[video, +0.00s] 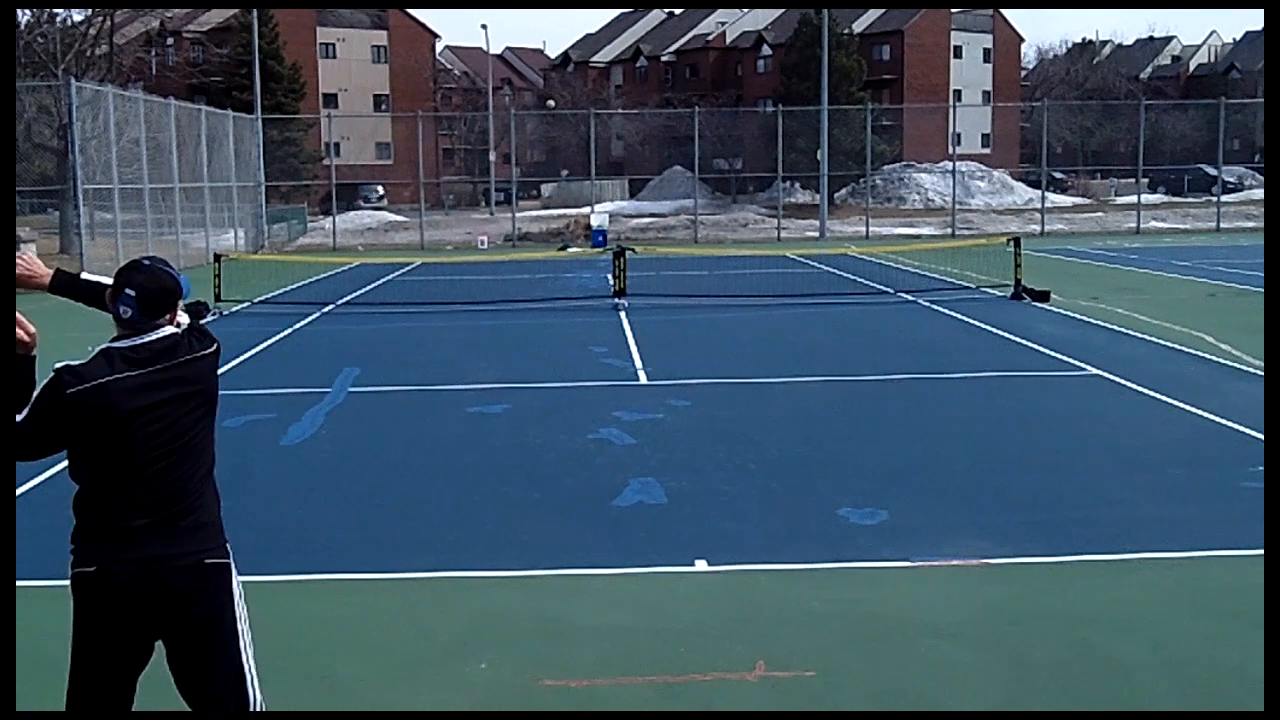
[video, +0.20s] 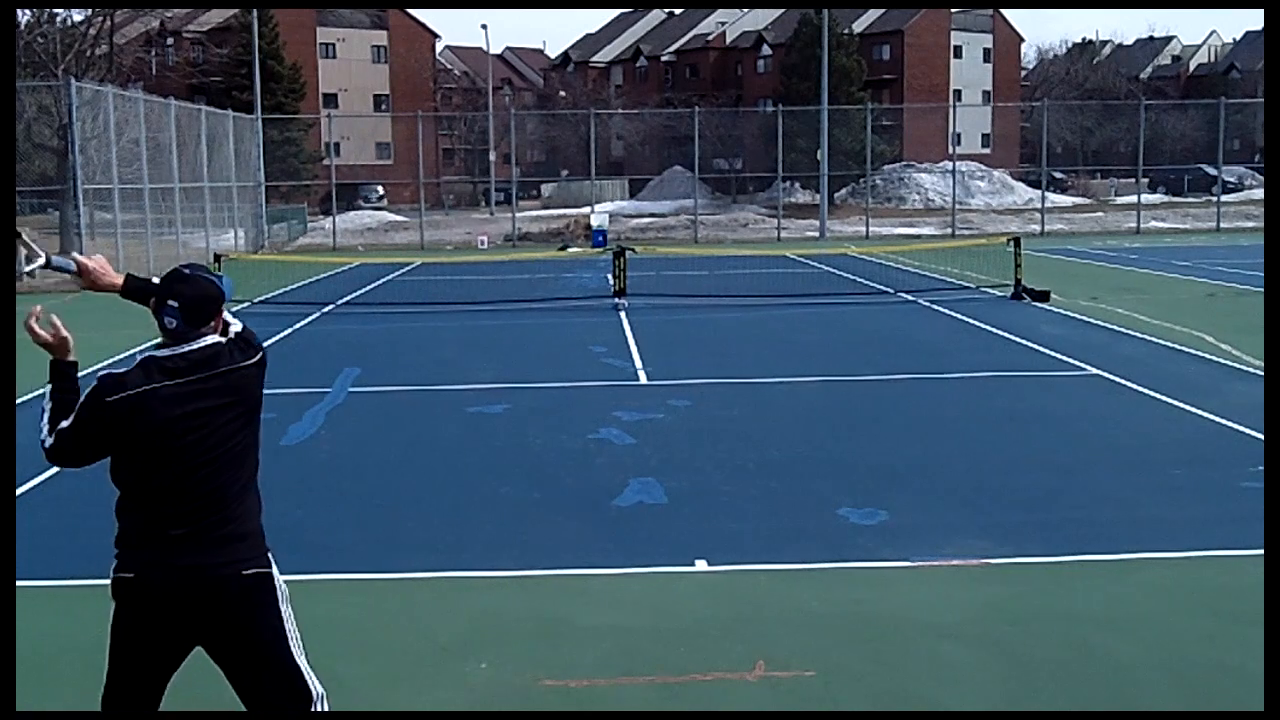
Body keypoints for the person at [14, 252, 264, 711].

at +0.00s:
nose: (182, 307)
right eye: (179, 303)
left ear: (118, 312)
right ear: (174, 313)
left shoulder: (75, 385)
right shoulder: (201, 353)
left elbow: (20, 441)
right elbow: (148, 305)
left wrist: (21, 359)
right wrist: (52, 278)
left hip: (107, 576)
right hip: (198, 570)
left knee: (96, 703)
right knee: (229, 702)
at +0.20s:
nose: (227, 315)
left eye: (218, 307)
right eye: (223, 308)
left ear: (165, 321)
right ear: (216, 321)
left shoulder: (123, 390)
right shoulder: (246, 360)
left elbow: (61, 448)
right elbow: (199, 311)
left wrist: (61, 362)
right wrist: (122, 282)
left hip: (150, 586)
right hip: (239, 579)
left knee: (125, 705)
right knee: (294, 702)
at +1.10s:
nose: (493, 316)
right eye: (494, 311)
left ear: (429, 317)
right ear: (491, 317)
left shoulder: (397, 390)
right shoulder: (525, 383)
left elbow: (365, 499)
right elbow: (573, 483)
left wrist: (421, 485)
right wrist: (515, 510)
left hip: (428, 582)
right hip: (519, 579)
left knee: (386, 703)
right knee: (566, 702)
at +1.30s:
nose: (500, 307)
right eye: (500, 302)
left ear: (442, 309)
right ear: (497, 309)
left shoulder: (400, 371)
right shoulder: (529, 370)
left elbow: (367, 477)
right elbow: (570, 472)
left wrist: (427, 472)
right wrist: (512, 497)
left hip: (415, 559)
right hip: (500, 561)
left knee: (391, 683)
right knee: (547, 687)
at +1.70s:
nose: (470, 322)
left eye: (466, 314)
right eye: (469, 315)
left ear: (412, 313)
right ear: (463, 321)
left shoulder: (385, 362)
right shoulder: (430, 378)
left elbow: (443, 451)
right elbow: (459, 493)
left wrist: (515, 413)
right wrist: (527, 460)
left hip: (322, 545)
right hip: (376, 555)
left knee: (348, 688)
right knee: (441, 687)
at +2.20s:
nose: (455, 364)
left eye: (455, 357)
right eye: (456, 357)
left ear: (409, 347)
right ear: (447, 361)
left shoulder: (420, 411)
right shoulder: (373, 385)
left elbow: (470, 459)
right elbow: (310, 444)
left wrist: (549, 465)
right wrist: (334, 439)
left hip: (318, 553)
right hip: (294, 551)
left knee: (312, 681)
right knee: (379, 681)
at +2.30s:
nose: (456, 368)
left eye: (455, 360)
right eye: (456, 360)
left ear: (407, 352)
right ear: (445, 367)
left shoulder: (399, 404)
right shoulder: (383, 389)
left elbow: (440, 468)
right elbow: (329, 452)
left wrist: (518, 490)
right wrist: (346, 490)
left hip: (276, 549)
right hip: (301, 554)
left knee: (307, 677)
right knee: (384, 682)